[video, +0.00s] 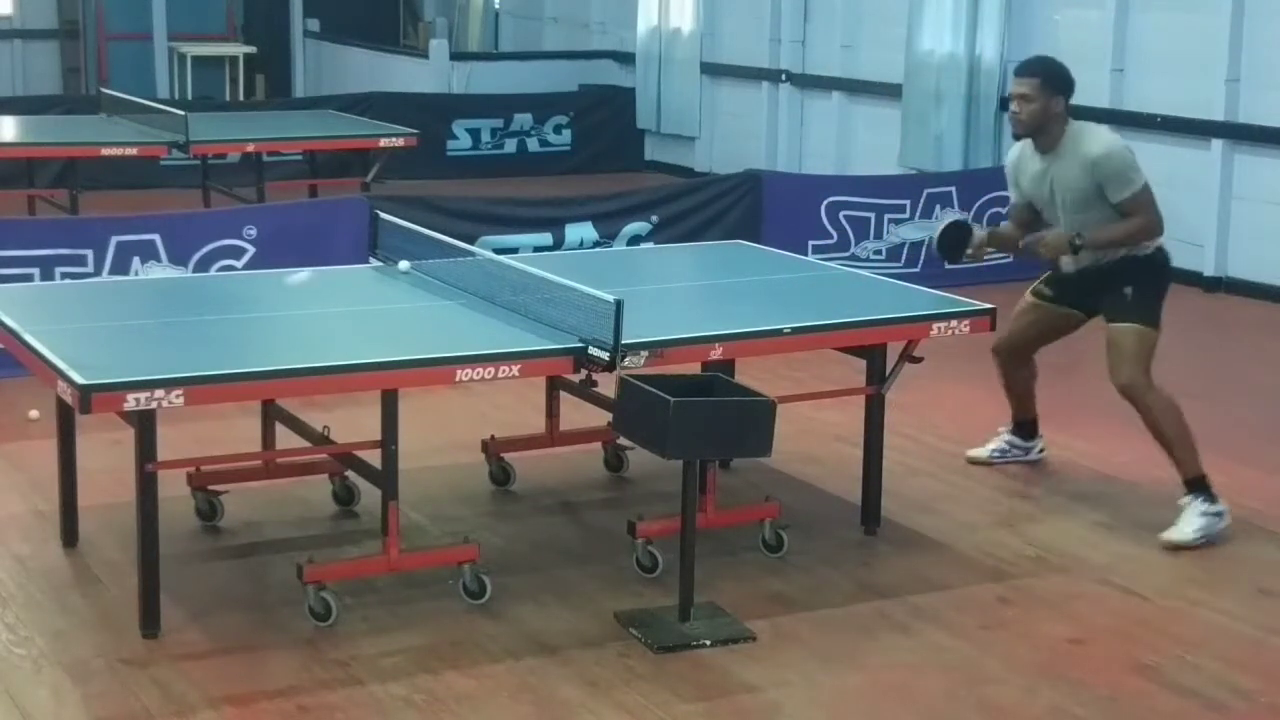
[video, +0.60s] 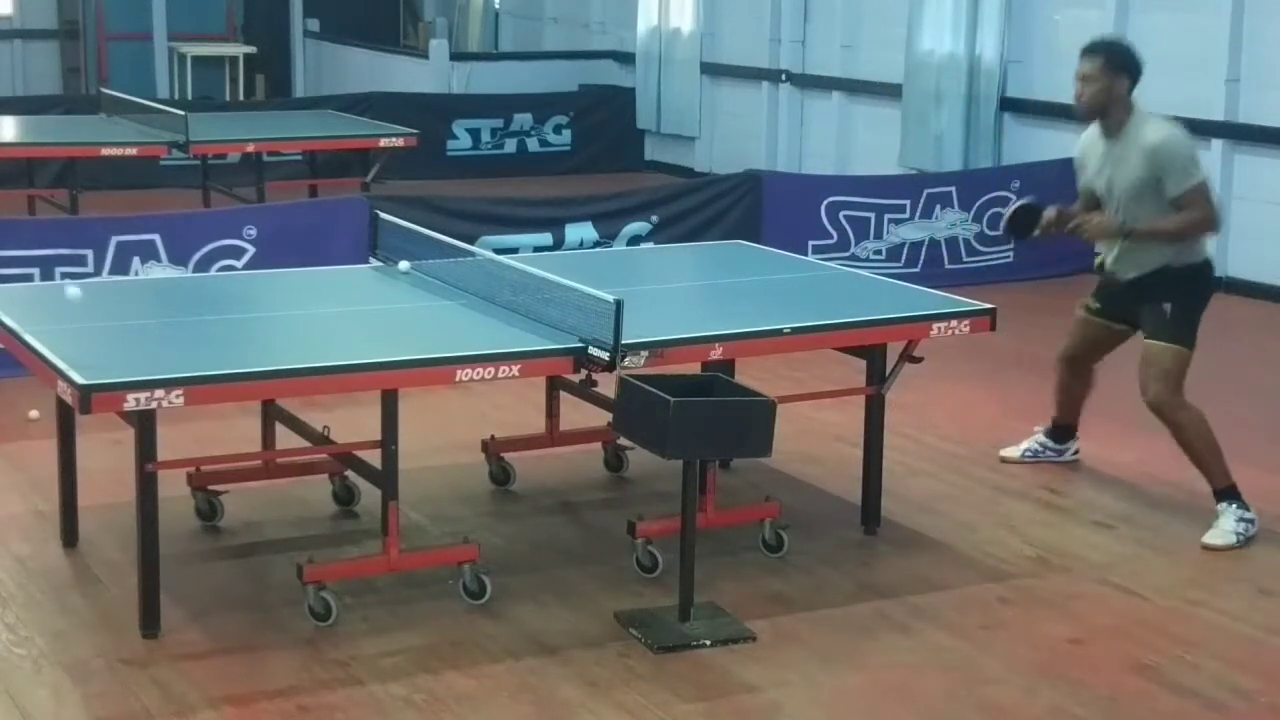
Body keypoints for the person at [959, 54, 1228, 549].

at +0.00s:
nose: (1012, 108)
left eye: (1023, 100)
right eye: (1011, 100)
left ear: (1057, 104)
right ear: (1014, 102)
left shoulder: (1103, 150)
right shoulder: (1020, 159)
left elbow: (1150, 224)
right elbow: (1024, 227)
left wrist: (1074, 240)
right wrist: (988, 239)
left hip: (1134, 268)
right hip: (1076, 271)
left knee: (1130, 379)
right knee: (1009, 347)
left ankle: (1204, 501)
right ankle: (1024, 438)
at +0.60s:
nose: (1078, 89)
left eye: (1088, 81)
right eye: (1077, 79)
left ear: (1121, 85)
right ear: (1090, 85)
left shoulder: (1164, 140)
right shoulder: (1089, 144)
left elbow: (1205, 217)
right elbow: (1094, 209)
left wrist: (1123, 228)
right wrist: (1061, 220)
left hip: (1177, 277)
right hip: (1122, 274)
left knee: (1160, 394)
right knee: (1072, 357)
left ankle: (1233, 506)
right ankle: (1060, 438)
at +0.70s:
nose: (1092, 53)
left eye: (1103, 45)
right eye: (1091, 43)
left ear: (1135, 51)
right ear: (1100, 50)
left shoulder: (1176, 108)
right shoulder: (1103, 110)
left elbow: (1229, 176)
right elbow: (1113, 179)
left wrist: (1151, 200)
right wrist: (1075, 194)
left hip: (1189, 249)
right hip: (1136, 248)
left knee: (1176, 375)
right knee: (1099, 341)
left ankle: (1237, 501)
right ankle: (1103, 448)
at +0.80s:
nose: (1102, 36)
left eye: (1113, 27)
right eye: (1101, 25)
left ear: (1148, 32)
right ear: (1104, 30)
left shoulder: (1189, 87)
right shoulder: (1109, 89)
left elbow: (1244, 157)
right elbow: (1123, 163)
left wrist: (1164, 190)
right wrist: (1088, 181)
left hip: (1195, 233)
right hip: (1140, 233)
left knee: (1186, 360)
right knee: (1117, 344)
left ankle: (1244, 492)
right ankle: (1175, 455)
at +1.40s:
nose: (1105, 29)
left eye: (1117, 18)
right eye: (1103, 19)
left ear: (1155, 23)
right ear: (1110, 27)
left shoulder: (1196, 92)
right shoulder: (1108, 96)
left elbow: (1250, 177)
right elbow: (1121, 175)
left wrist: (1167, 219)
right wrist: (1092, 215)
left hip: (1186, 264)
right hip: (1122, 263)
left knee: (1187, 398)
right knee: (1088, 384)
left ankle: (1211, 529)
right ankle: (1155, 489)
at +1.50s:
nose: (1085, 24)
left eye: (1096, 14)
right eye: (1086, 15)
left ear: (1134, 19)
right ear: (1116, 22)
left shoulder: (1174, 85)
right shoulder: (1100, 89)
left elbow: (1214, 176)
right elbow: (1117, 172)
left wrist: (1122, 210)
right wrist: (1078, 211)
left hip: (1173, 261)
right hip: (1112, 261)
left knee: (1184, 392)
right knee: (1073, 383)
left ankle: (1207, 524)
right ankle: (1092, 522)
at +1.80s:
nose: (1024, 33)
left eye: (1034, 21)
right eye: (1026, 22)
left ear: (1069, 28)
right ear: (1053, 30)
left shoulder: (1105, 96)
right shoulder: (1052, 99)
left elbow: (1120, 197)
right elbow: (1063, 194)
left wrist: (1027, 218)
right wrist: (1014, 223)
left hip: (1099, 276)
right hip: (1044, 273)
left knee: (1099, 417)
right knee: (1023, 404)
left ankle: (1170, 499)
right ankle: (1038, 548)